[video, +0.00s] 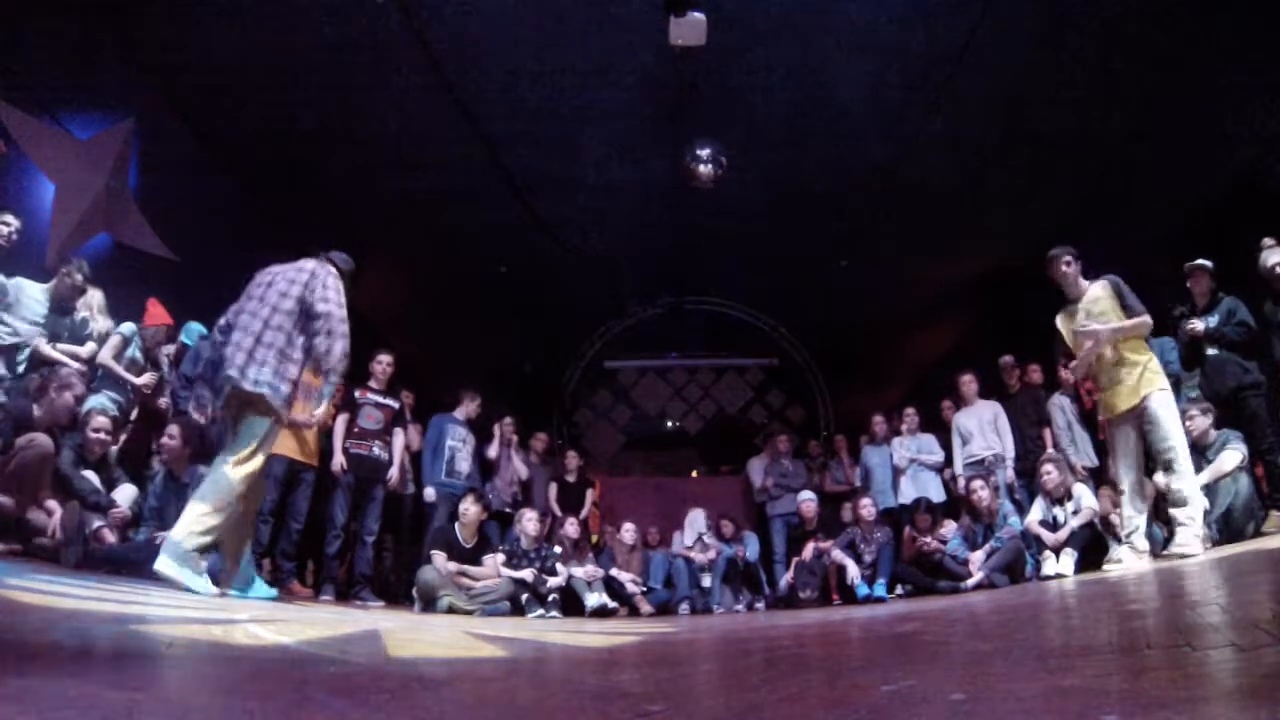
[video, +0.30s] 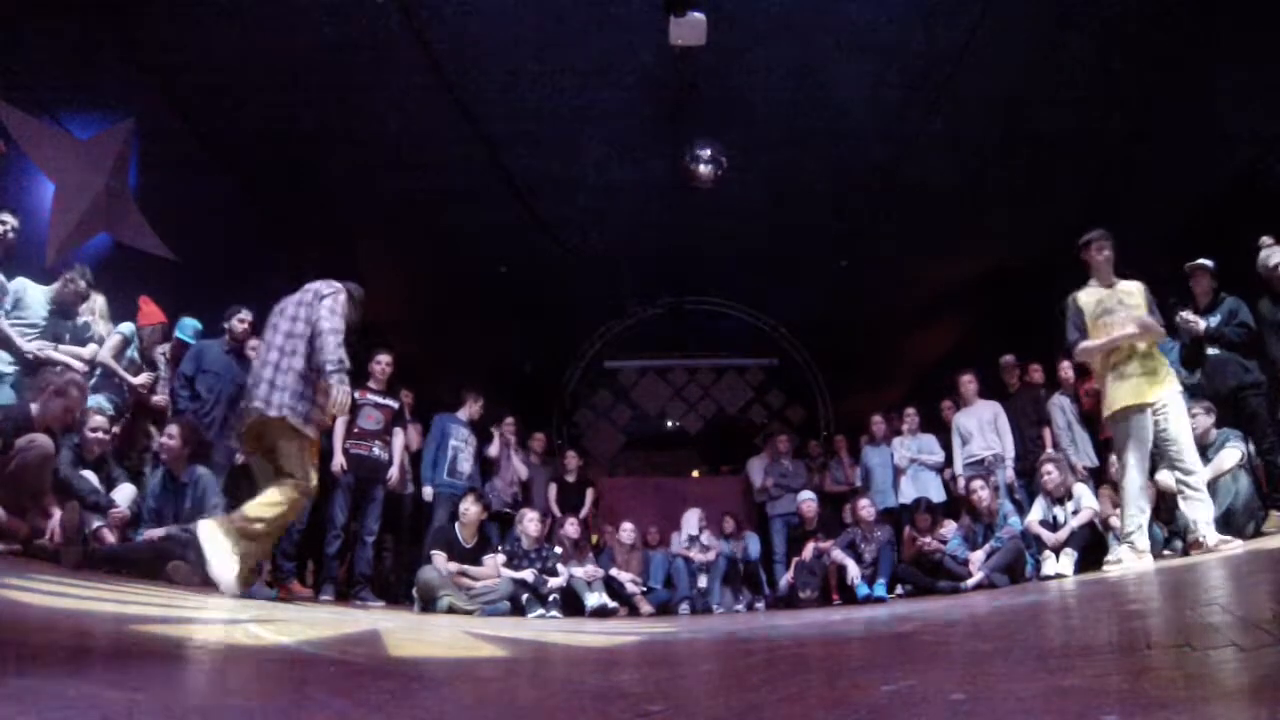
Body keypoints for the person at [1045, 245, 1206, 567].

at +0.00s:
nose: (1064, 270)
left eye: (1067, 263)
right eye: (1057, 268)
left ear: (1078, 266)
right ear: (1053, 278)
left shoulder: (1110, 286)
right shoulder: (1063, 319)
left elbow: (1145, 323)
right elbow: (1077, 371)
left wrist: (1108, 331)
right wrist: (1091, 346)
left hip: (1146, 378)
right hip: (1113, 394)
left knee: (1172, 453)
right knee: (1126, 472)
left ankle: (1190, 532)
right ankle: (1135, 544)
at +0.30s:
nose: (1101, 253)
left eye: (1105, 247)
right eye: (1095, 249)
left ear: (1114, 252)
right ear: (1085, 256)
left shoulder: (1137, 288)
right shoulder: (1079, 301)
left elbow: (1161, 333)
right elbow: (1079, 351)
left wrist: (1147, 325)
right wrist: (1120, 338)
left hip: (1160, 380)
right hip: (1123, 387)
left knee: (1187, 459)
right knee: (1134, 469)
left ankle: (1205, 532)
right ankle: (1136, 545)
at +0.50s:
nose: (1135, 243)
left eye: (1136, 237)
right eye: (1128, 238)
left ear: (1138, 243)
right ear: (1113, 244)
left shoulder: (1151, 284)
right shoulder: (1101, 283)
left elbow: (1160, 326)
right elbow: (1099, 332)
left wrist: (1177, 336)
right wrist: (1148, 340)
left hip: (1173, 375)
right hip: (1139, 381)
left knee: (1194, 453)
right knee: (1153, 455)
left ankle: (1203, 532)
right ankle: (1138, 531)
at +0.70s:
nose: (1153, 235)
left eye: (1155, 230)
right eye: (1147, 230)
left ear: (1156, 234)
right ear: (1130, 233)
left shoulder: (1159, 276)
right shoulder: (1116, 272)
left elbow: (1166, 324)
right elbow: (1114, 321)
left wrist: (1186, 336)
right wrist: (1130, 372)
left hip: (1177, 360)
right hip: (1152, 364)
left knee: (1199, 437)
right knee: (1204, 422)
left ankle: (1199, 527)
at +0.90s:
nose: (1164, 222)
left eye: (1165, 216)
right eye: (1157, 216)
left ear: (1162, 221)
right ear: (1140, 221)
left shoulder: (1167, 264)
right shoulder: (1129, 260)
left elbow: (1184, 312)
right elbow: (1120, 314)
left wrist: (1208, 342)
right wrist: (1117, 368)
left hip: (1199, 358)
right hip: (1179, 361)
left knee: (1201, 451)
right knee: (1230, 435)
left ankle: (1201, 530)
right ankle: (1270, 516)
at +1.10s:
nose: (1169, 207)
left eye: (1170, 201)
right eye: (1162, 201)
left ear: (1170, 206)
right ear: (1144, 207)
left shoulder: (1179, 249)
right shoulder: (1136, 249)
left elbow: (1202, 295)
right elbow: (1137, 300)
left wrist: (1224, 326)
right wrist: (1146, 349)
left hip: (1222, 337)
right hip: (1192, 343)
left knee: (1246, 430)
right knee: (1235, 431)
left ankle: (1217, 520)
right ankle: (1267, 515)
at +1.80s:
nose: (1196, 173)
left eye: (1200, 164)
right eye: (1188, 170)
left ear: (1212, 167)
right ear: (1180, 180)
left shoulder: (1243, 208)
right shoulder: (1180, 225)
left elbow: (1264, 264)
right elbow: (1201, 275)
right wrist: (1260, 276)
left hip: (1269, 318)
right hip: (1231, 327)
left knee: (1274, 415)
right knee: (1265, 416)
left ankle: (1273, 501)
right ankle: (1273, 505)